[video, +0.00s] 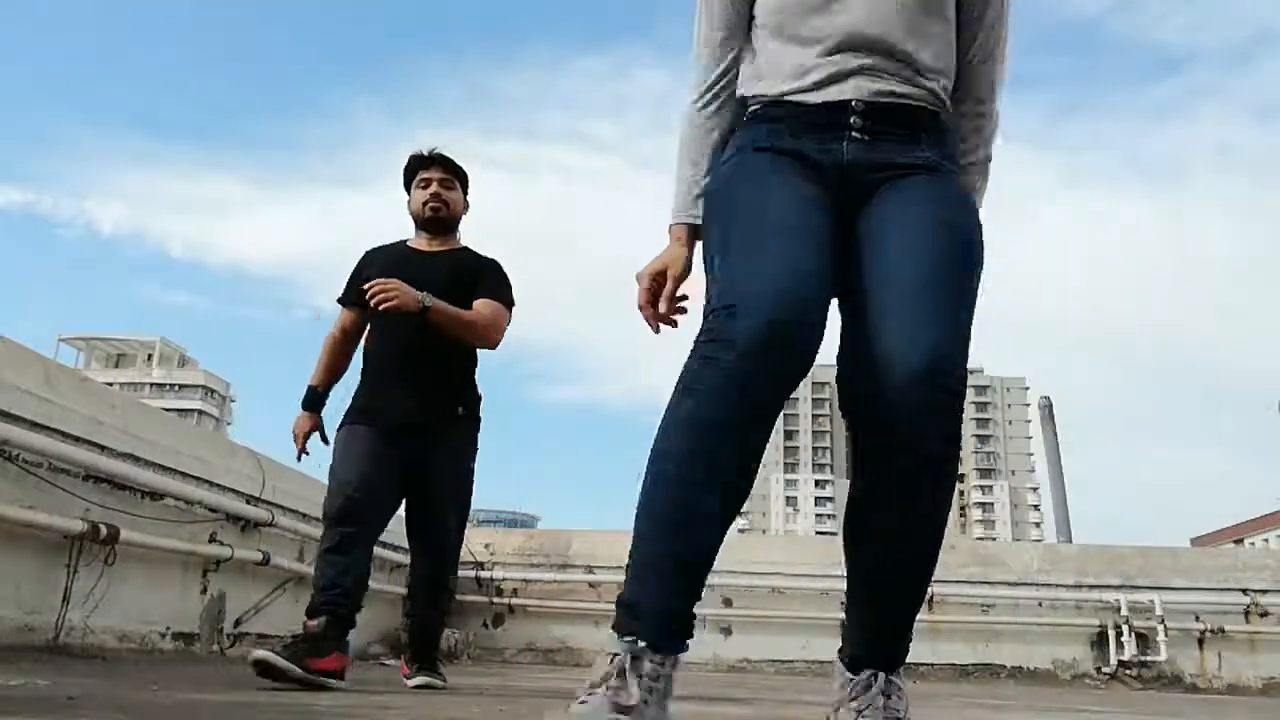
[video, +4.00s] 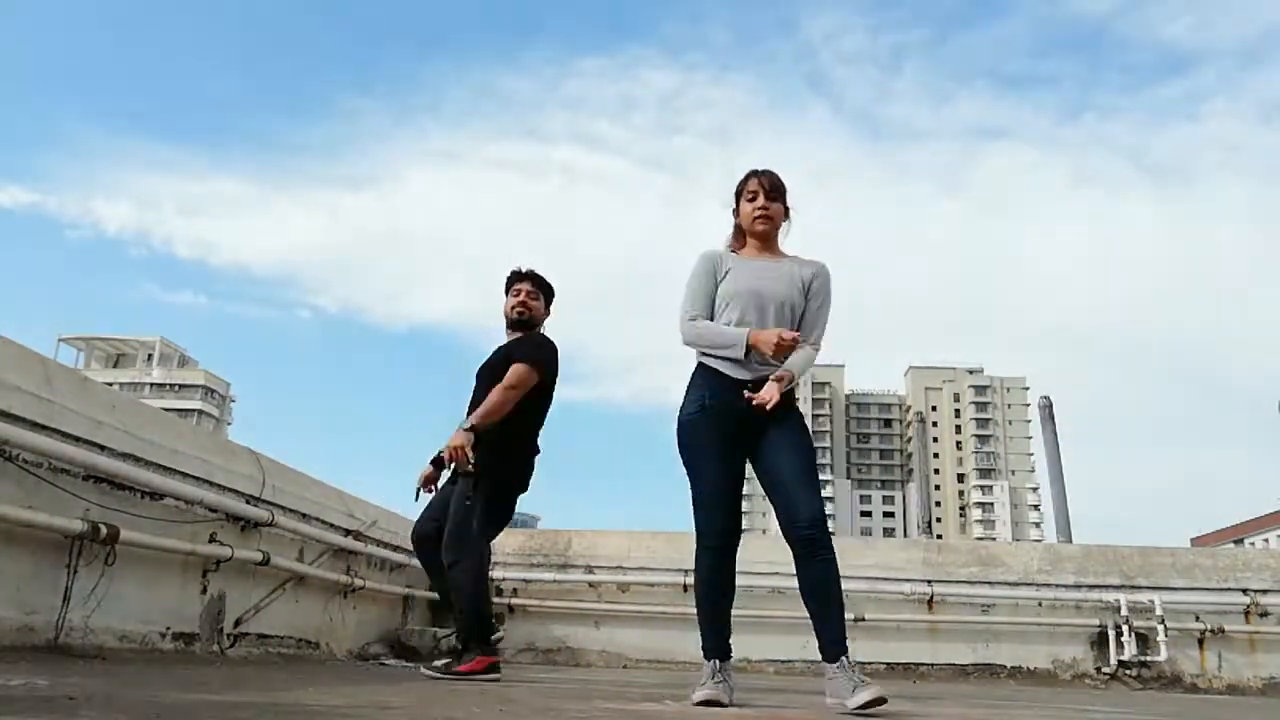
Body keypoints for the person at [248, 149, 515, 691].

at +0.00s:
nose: (434, 191)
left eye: (447, 185)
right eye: (424, 184)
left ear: (464, 202)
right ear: (409, 201)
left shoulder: (485, 271)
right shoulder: (378, 261)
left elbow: (488, 332)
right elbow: (344, 336)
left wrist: (421, 302)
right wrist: (312, 403)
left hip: (447, 425)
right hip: (374, 416)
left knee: (437, 544)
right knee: (346, 515)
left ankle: (423, 657)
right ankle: (324, 642)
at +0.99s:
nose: (449, 267)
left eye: (459, 263)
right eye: (440, 261)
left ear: (472, 277)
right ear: (425, 274)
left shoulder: (486, 337)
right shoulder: (395, 323)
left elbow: (517, 384)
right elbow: (358, 357)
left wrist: (548, 427)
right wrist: (316, 388)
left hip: (447, 454)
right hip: (390, 450)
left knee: (431, 534)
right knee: (379, 542)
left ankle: (443, 627)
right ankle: (402, 638)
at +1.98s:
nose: (444, 292)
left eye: (452, 287)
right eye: (435, 287)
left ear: (466, 301)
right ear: (421, 301)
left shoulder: (483, 351)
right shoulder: (401, 354)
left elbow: (515, 379)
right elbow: (350, 381)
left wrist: (551, 401)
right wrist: (297, 401)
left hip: (468, 462)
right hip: (415, 460)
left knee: (441, 530)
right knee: (400, 533)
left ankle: (444, 640)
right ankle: (408, 638)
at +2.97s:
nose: (476, 285)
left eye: (485, 282)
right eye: (469, 279)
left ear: (496, 295)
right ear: (455, 290)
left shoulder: (508, 338)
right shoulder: (437, 348)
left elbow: (520, 390)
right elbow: (404, 396)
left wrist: (489, 384)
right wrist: (365, 398)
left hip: (478, 456)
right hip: (432, 454)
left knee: (456, 539)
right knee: (415, 540)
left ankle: (467, 637)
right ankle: (428, 642)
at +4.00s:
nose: (523, 298)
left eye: (534, 295)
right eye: (516, 293)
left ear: (546, 311)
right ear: (505, 305)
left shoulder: (538, 346)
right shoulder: (503, 355)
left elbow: (510, 391)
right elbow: (476, 418)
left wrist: (468, 428)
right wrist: (440, 460)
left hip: (499, 465)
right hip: (474, 463)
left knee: (462, 548)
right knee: (426, 534)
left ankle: (478, 650)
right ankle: (472, 629)